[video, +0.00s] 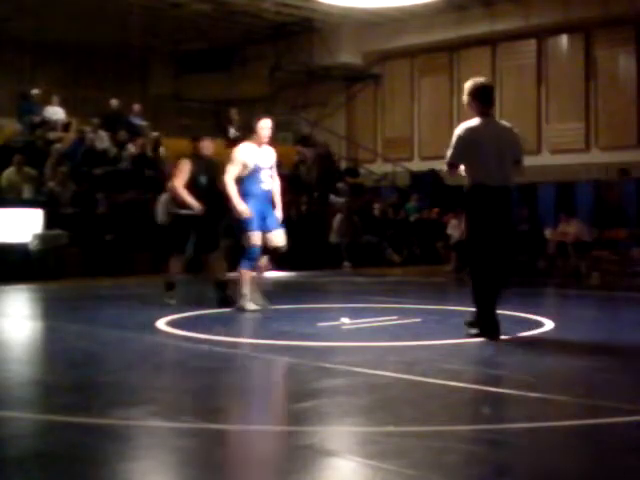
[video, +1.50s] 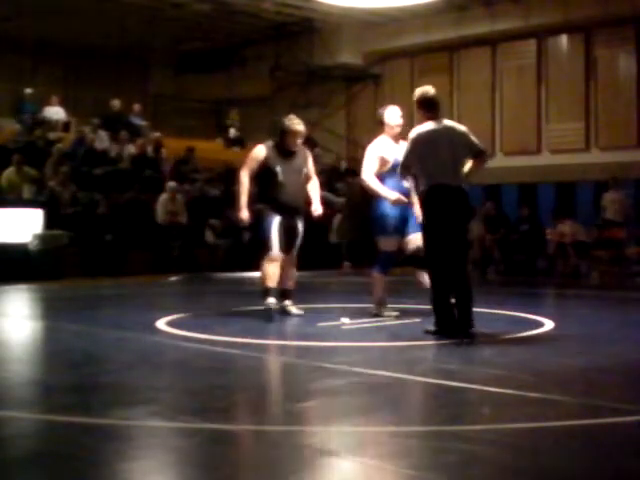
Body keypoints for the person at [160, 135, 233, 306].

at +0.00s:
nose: (209, 146)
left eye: (211, 142)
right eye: (205, 142)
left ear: (214, 145)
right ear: (197, 145)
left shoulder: (216, 165)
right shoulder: (188, 163)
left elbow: (222, 187)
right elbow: (177, 185)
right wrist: (195, 204)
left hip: (211, 215)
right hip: (187, 215)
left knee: (215, 253)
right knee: (179, 252)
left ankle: (222, 293)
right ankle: (170, 291)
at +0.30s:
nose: (232, 142)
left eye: (234, 138)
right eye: (228, 137)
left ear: (237, 141)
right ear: (220, 140)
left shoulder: (240, 164)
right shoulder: (208, 159)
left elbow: (250, 186)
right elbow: (194, 181)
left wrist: (258, 205)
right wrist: (194, 208)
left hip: (236, 210)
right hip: (216, 209)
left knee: (232, 249)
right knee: (220, 248)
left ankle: (224, 287)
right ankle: (218, 286)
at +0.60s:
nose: (242, 143)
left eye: (244, 139)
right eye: (237, 139)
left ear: (248, 141)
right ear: (229, 142)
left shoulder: (254, 164)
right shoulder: (221, 164)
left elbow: (265, 186)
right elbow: (205, 186)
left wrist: (275, 208)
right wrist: (209, 214)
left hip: (250, 214)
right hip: (231, 213)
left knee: (244, 253)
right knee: (238, 252)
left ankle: (234, 287)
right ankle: (240, 290)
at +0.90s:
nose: (258, 141)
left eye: (261, 136)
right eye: (254, 136)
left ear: (265, 138)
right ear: (245, 137)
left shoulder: (266, 157)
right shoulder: (231, 156)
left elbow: (272, 182)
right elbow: (224, 182)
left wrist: (271, 207)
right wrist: (235, 208)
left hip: (263, 210)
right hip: (243, 211)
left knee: (272, 250)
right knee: (243, 255)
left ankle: (264, 289)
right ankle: (241, 293)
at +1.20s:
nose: (285, 147)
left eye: (287, 142)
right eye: (281, 142)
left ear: (290, 143)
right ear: (271, 141)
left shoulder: (290, 162)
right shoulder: (252, 156)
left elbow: (294, 188)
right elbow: (239, 181)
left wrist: (295, 216)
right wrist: (246, 210)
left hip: (281, 213)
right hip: (258, 214)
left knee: (284, 255)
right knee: (253, 261)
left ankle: (286, 297)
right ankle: (247, 293)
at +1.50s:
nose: (298, 141)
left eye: (301, 137)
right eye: (294, 137)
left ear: (303, 137)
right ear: (283, 135)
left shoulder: (305, 155)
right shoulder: (263, 152)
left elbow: (311, 178)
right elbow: (245, 173)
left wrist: (316, 201)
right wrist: (243, 206)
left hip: (295, 209)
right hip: (271, 208)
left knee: (291, 256)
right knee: (274, 253)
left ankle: (287, 297)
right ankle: (270, 295)